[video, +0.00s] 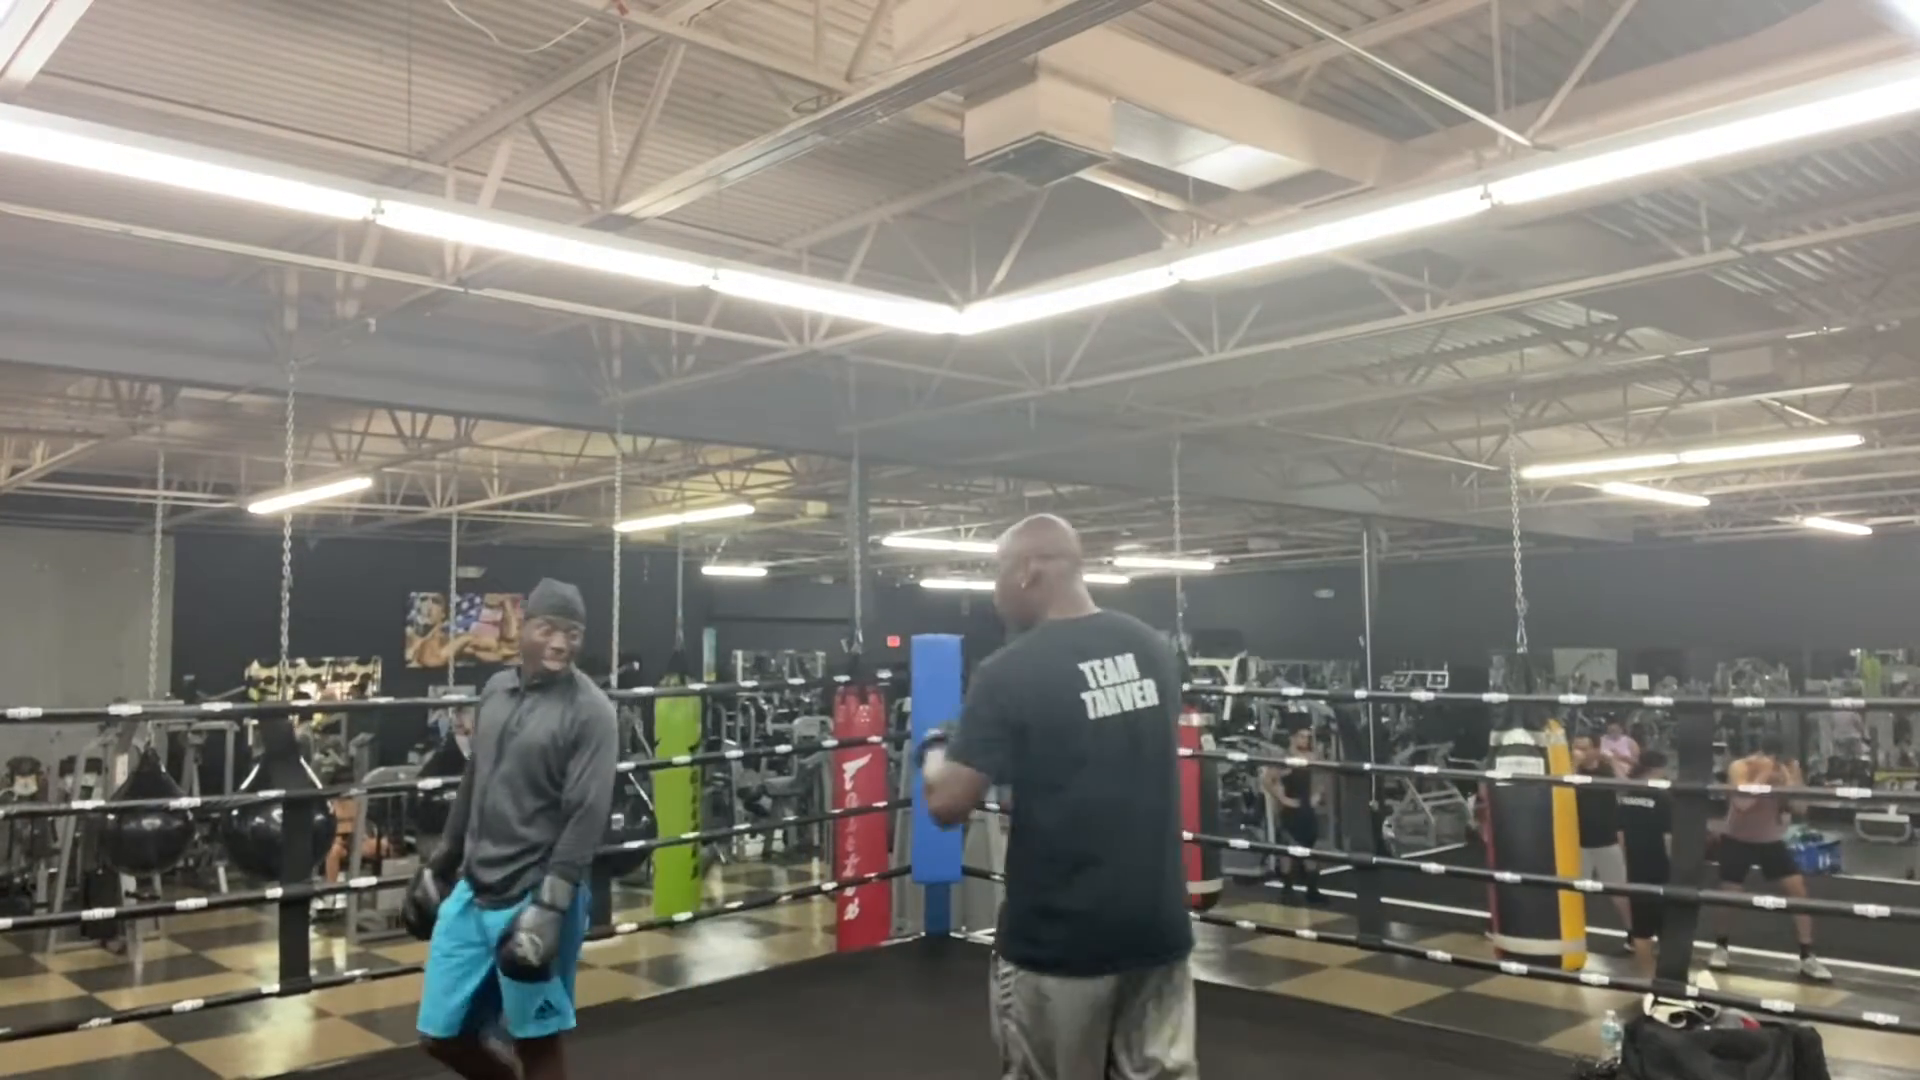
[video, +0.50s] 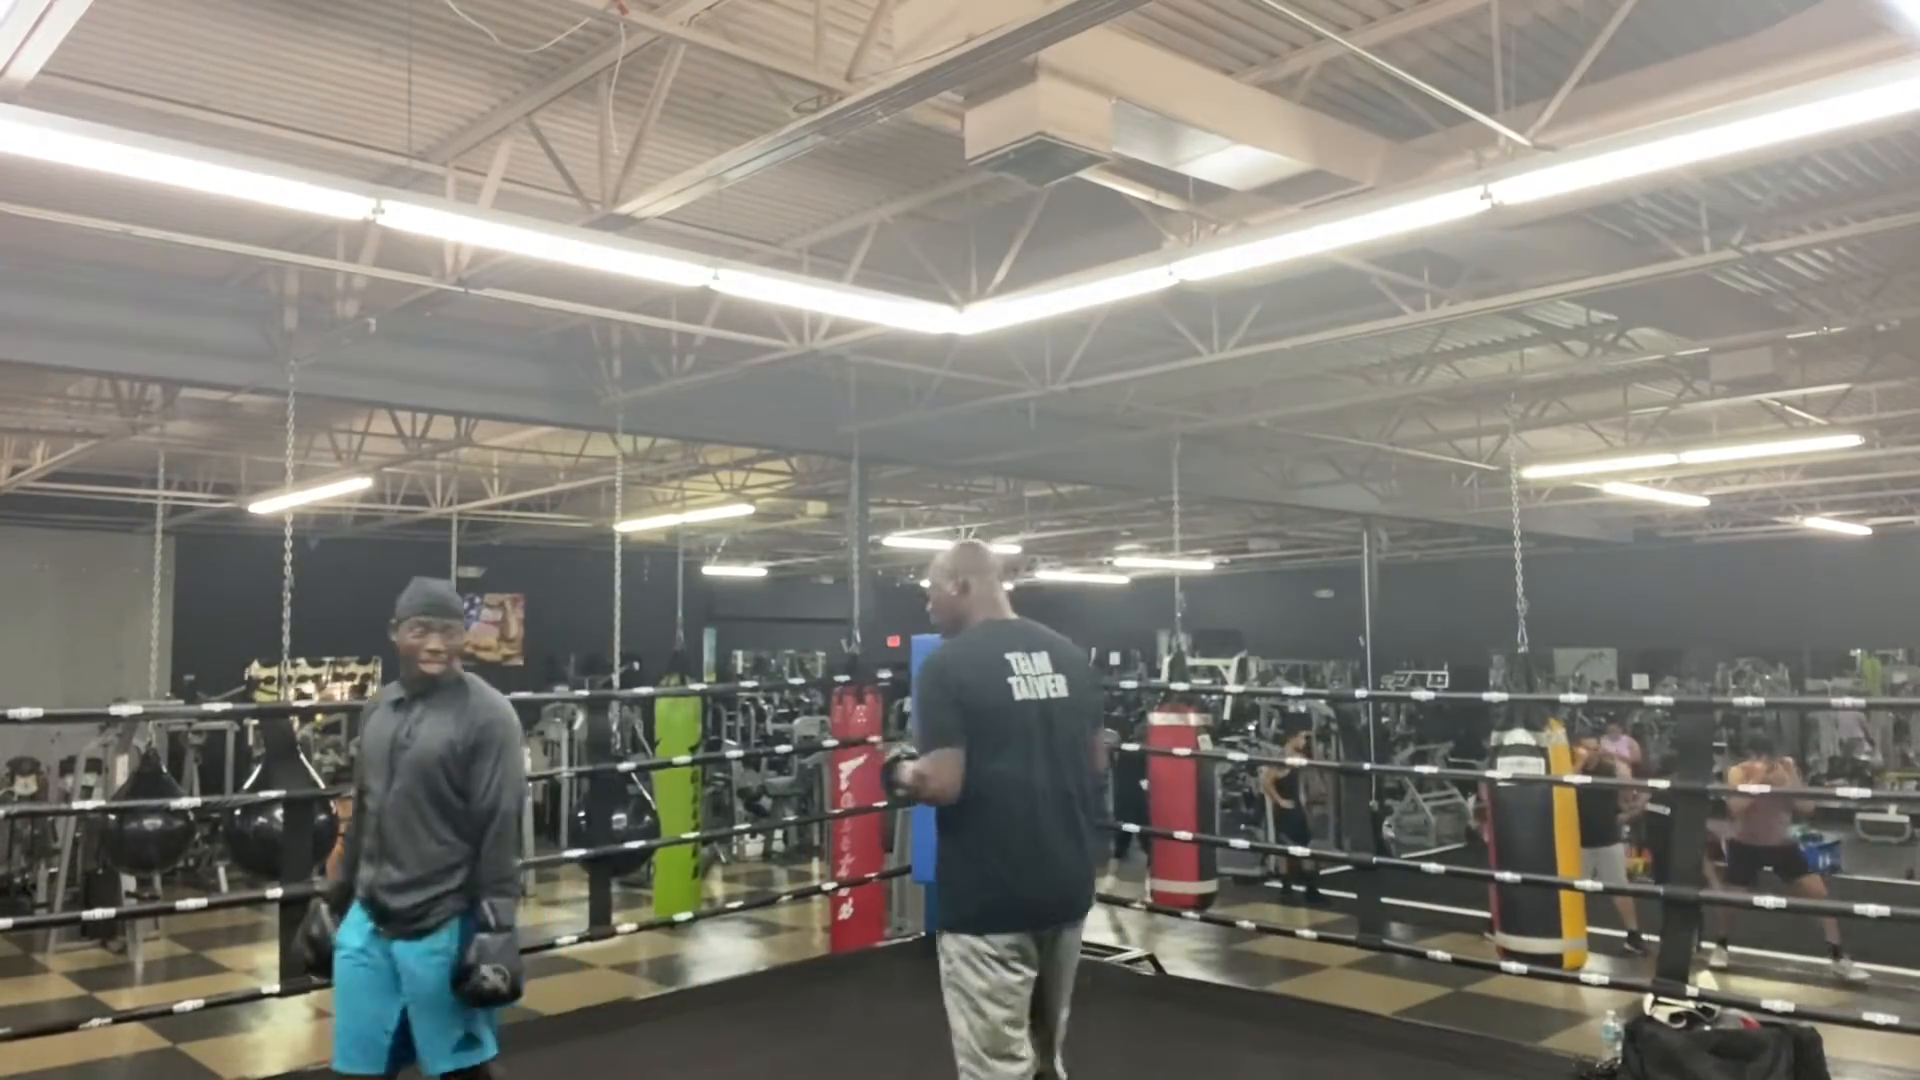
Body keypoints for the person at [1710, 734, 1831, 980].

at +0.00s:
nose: (1770, 762)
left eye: (1775, 757)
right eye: (1765, 756)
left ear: (1781, 755)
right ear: (1756, 752)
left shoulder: (1788, 769)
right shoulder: (1740, 768)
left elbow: (1800, 807)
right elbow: (1742, 804)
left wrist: (1786, 784)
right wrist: (1762, 778)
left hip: (1772, 843)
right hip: (1738, 842)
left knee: (1799, 893)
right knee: (1729, 896)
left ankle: (1807, 956)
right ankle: (1721, 947)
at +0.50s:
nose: (1763, 760)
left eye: (1767, 754)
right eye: (1757, 754)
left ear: (1774, 752)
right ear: (1748, 753)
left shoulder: (1786, 768)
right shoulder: (1738, 773)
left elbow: (1806, 806)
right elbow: (1735, 807)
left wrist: (1785, 782)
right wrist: (1757, 782)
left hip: (1782, 847)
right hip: (1744, 847)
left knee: (1819, 894)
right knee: (1733, 898)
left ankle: (1838, 957)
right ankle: (1721, 946)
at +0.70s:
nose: (1804, 767)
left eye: (1809, 761)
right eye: (1800, 760)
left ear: (1818, 762)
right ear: (1792, 760)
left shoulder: (1822, 778)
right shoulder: (1776, 778)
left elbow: (1831, 818)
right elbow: (1778, 812)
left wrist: (1821, 787)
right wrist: (1804, 787)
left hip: (1809, 861)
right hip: (1774, 859)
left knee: (1845, 898)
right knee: (1755, 914)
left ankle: (1873, 966)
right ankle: (1724, 944)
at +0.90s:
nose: (1854, 778)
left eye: (1854, 774)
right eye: (1853, 773)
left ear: (1833, 765)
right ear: (1846, 769)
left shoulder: (1808, 781)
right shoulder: (1833, 780)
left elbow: (1835, 823)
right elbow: (1873, 790)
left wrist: (1847, 797)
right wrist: (1912, 789)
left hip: (1816, 863)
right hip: (1791, 863)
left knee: (1857, 901)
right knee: (1801, 925)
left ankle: (1872, 967)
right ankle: (1749, 939)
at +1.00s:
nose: (1871, 783)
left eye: (1871, 779)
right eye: (1869, 779)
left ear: (1841, 769)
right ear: (1861, 775)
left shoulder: (1811, 783)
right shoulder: (1850, 785)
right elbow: (1883, 792)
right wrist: (1913, 788)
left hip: (1817, 862)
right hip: (1799, 863)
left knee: (1860, 902)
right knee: (1822, 927)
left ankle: (1872, 966)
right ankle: (1768, 947)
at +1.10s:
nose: (1872, 784)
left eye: (1872, 780)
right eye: (1870, 779)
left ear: (1847, 772)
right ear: (1858, 775)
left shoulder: (1817, 784)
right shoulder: (1847, 785)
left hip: (1824, 862)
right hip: (1802, 861)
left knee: (1865, 902)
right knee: (1823, 927)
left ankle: (1873, 967)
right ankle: (1766, 948)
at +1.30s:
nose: (1877, 771)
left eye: (1877, 765)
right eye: (1876, 765)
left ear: (1854, 760)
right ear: (1863, 761)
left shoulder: (1830, 773)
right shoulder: (1847, 777)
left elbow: (1805, 809)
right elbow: (1866, 809)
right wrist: (1877, 780)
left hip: (1834, 852)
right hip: (1805, 851)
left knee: (1866, 901)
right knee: (1813, 919)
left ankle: (1872, 967)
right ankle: (1772, 951)